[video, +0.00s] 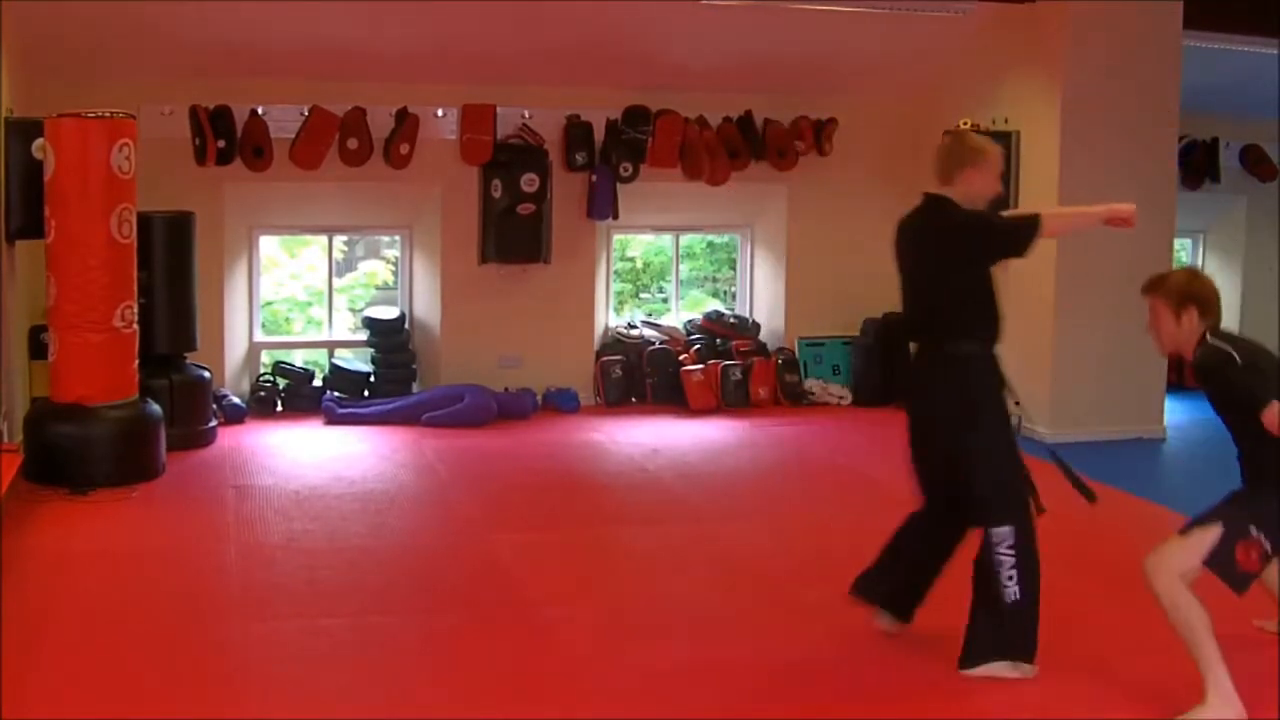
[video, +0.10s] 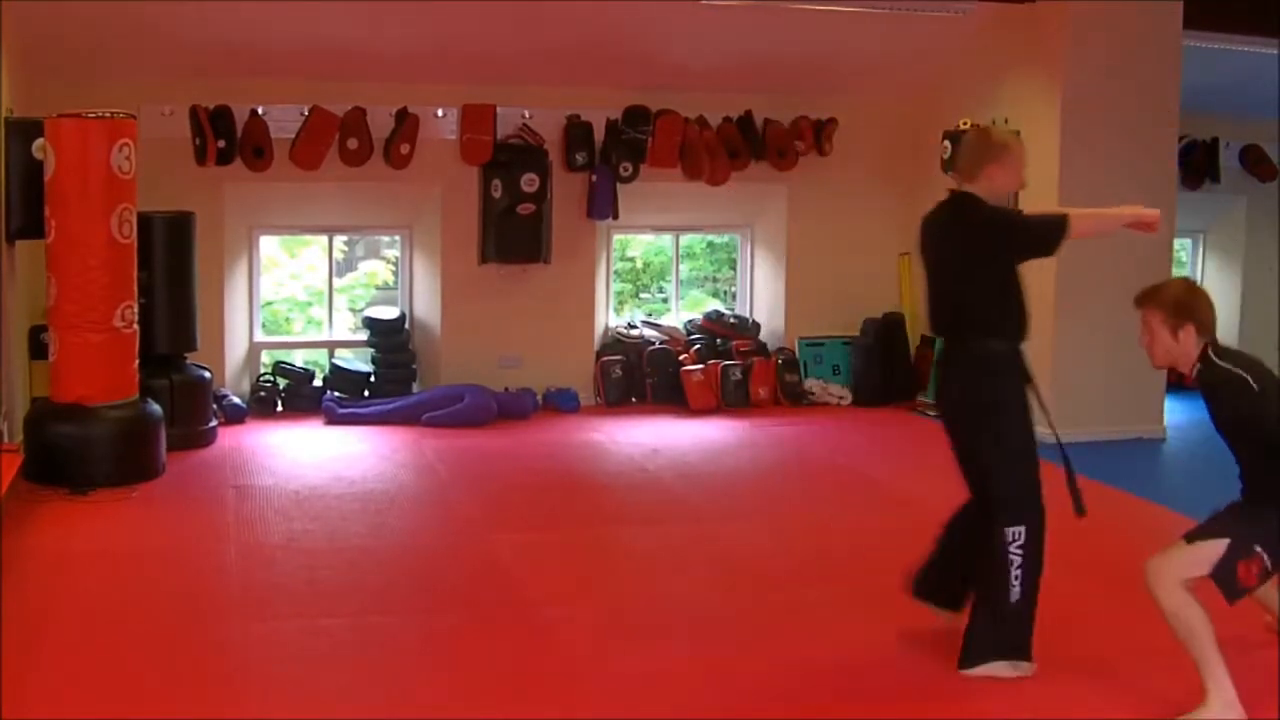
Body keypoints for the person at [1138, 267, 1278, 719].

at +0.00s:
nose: (1150, 326)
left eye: (1156, 315)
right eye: (1149, 316)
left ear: (1189, 316)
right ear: (1190, 317)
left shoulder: (1218, 359)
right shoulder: (1226, 350)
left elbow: (1274, 415)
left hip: (1267, 498)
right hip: (1265, 493)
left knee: (1163, 568)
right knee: (1256, 549)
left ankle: (1222, 697)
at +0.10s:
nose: (1144, 343)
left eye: (1149, 331)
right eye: (1143, 332)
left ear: (1185, 334)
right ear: (1185, 334)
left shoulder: (1235, 382)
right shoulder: (1218, 372)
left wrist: (1256, 538)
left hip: (1267, 515)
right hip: (1260, 505)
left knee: (1163, 572)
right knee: (1245, 565)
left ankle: (1222, 699)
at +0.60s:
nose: (1118, 348)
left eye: (1122, 338)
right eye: (1117, 338)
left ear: (1155, 338)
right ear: (1160, 332)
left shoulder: (1224, 372)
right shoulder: (1203, 346)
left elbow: (1270, 452)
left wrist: (1230, 520)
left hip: (1272, 467)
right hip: (1263, 461)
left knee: (1196, 560)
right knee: (1222, 537)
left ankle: (1220, 696)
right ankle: (1277, 599)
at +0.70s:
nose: (1114, 321)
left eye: (1118, 310)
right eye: (1112, 311)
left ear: (1148, 309)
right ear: (1156, 306)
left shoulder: (1218, 346)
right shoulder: (1197, 333)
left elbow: (1271, 427)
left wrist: (1235, 488)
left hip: (1275, 437)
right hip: (1270, 433)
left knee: (1206, 532)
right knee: (1247, 526)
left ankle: (1242, 664)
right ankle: (1279, 605)